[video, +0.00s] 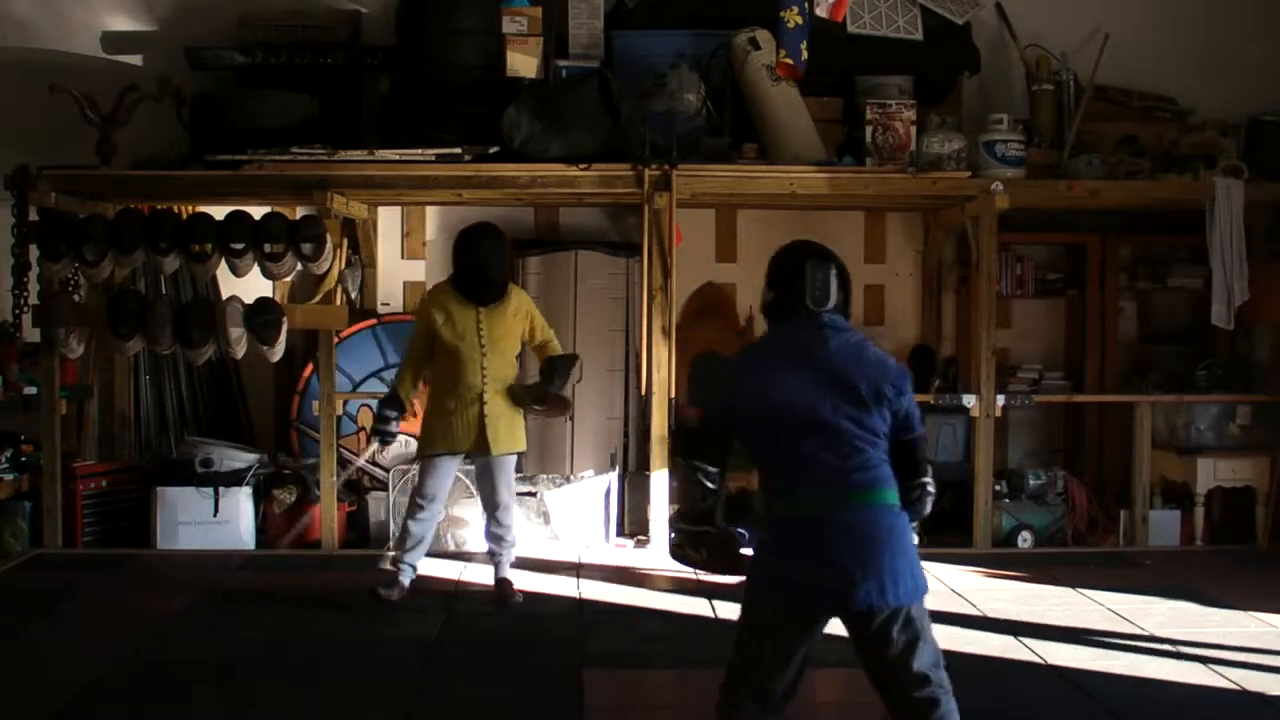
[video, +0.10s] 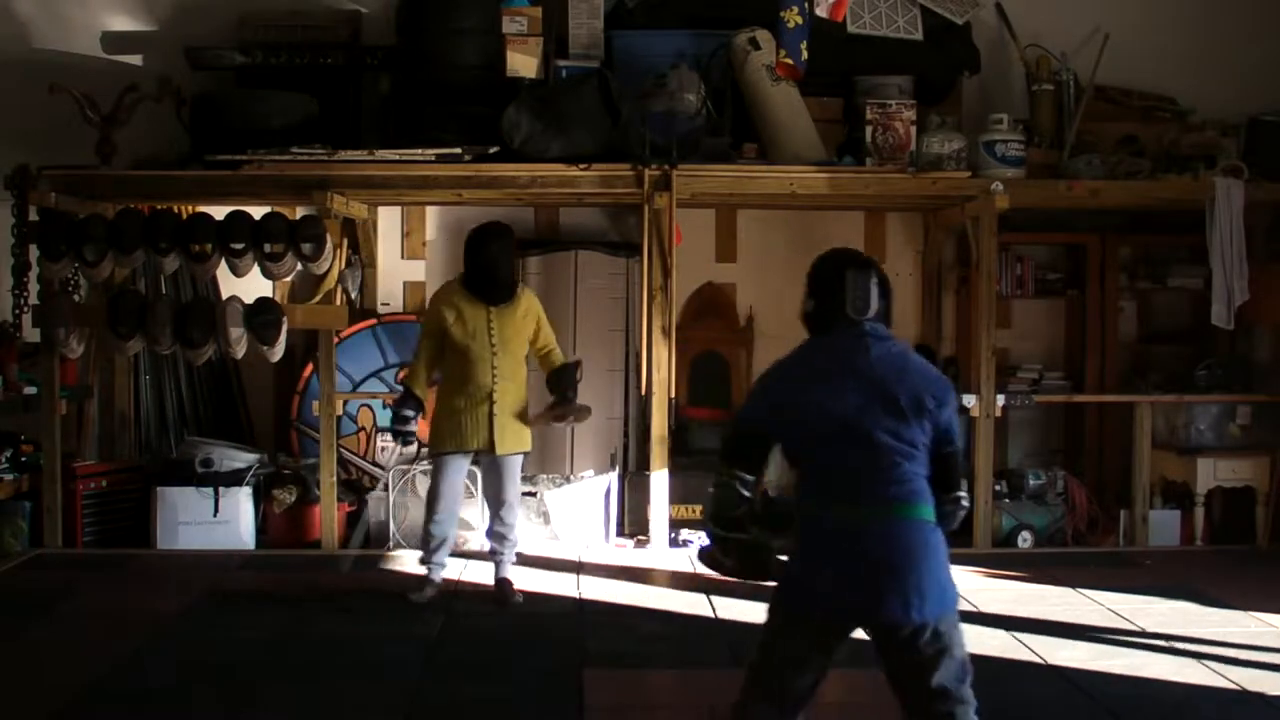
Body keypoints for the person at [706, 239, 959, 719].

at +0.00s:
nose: (765, 298)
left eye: (770, 289)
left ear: (772, 296)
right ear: (841, 296)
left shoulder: (749, 368)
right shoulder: (883, 370)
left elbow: (708, 458)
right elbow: (916, 482)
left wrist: (701, 523)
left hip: (791, 550)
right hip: (878, 546)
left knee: (752, 696)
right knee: (926, 694)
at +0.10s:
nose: (803, 309)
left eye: (808, 299)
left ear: (815, 306)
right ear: (883, 306)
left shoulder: (786, 377)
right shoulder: (928, 381)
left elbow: (735, 486)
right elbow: (952, 501)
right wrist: (905, 543)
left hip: (820, 564)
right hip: (910, 564)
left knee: (768, 703)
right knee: (947, 705)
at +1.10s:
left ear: (967, 287)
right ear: (1033, 286)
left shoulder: (940, 357)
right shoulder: (1069, 352)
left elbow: (910, 457)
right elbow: (1111, 455)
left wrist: (921, 521)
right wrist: (1133, 516)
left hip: (972, 535)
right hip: (1051, 535)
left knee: (981, 678)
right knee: (1071, 664)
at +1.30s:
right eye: (1051, 280)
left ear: (1000, 285)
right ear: (1060, 285)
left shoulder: (968, 356)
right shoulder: (1096, 354)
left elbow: (939, 455)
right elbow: (1132, 464)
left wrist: (962, 500)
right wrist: (1152, 513)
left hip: (996, 533)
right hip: (1076, 536)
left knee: (993, 686)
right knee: (1116, 682)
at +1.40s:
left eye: (1024, 285)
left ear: (1020, 290)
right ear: (1077, 290)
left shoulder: (993, 356)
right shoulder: (1119, 358)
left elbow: (955, 459)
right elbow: (1151, 468)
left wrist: (987, 503)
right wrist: (1167, 517)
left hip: (1016, 532)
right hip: (1098, 536)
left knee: (1003, 681)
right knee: (1130, 683)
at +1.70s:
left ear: (1089, 291)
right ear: (1148, 289)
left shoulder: (1063, 355)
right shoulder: (1187, 358)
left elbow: (1024, 445)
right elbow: (1225, 453)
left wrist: (1025, 510)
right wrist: (1241, 517)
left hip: (1084, 527)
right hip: (1163, 530)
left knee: (1060, 656)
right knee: (1165, 668)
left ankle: (1040, 716)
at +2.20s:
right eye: (1173, 283)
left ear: (1122, 289)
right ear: (1178, 288)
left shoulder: (1095, 352)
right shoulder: (1212, 352)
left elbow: (1055, 443)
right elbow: (1254, 446)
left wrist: (1059, 499)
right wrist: (1262, 448)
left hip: (1116, 515)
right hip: (1190, 518)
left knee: (1120, 648)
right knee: (1180, 651)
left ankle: (1122, 715)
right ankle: (1168, 718)